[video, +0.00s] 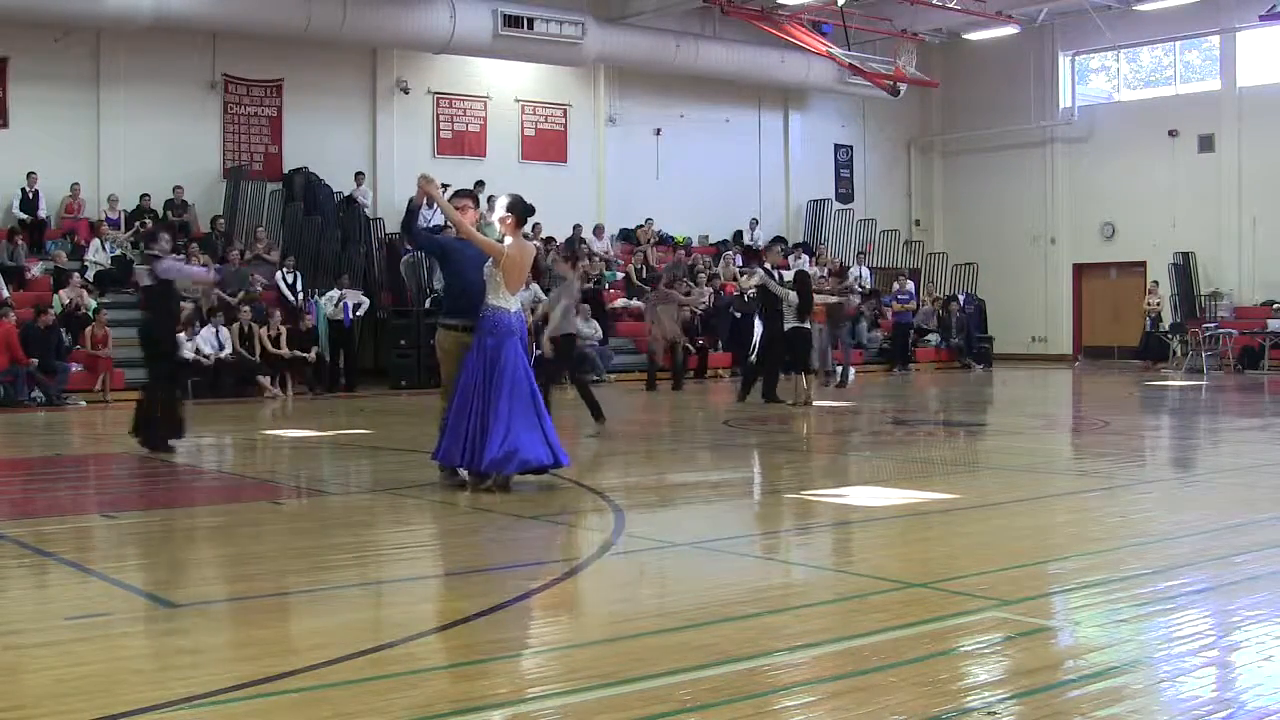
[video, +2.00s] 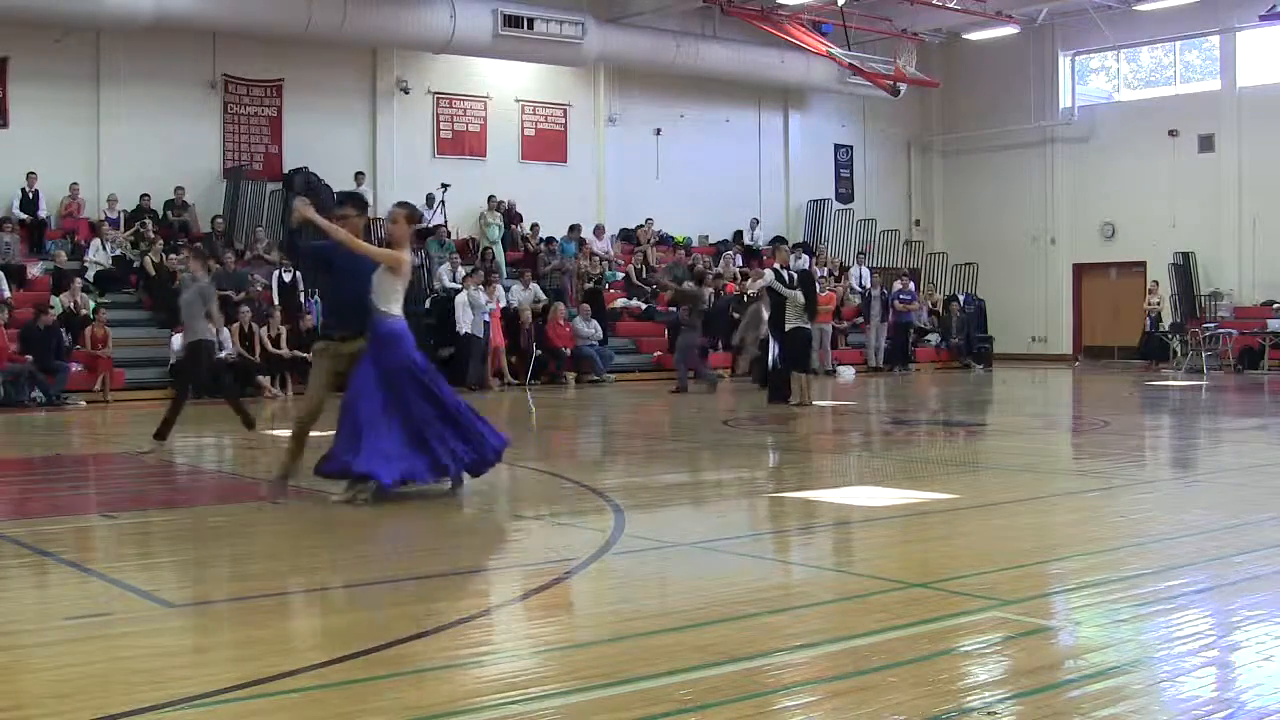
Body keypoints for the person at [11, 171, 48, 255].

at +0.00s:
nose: (34, 180)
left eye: (36, 179)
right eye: (32, 178)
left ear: (37, 180)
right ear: (27, 179)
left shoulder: (39, 193)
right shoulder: (20, 192)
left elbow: (42, 209)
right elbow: (14, 210)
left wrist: (41, 216)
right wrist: (25, 217)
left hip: (36, 217)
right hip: (24, 218)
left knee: (42, 224)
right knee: (33, 226)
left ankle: (40, 248)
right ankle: (32, 248)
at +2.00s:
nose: (33, 181)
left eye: (34, 179)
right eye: (31, 179)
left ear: (36, 180)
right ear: (27, 180)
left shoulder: (39, 193)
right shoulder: (20, 192)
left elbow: (42, 209)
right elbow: (14, 209)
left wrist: (41, 216)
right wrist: (25, 217)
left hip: (36, 217)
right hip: (24, 217)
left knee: (43, 223)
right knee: (33, 224)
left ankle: (40, 249)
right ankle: (32, 249)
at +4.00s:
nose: (31, 180)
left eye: (33, 178)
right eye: (29, 178)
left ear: (36, 180)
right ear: (26, 180)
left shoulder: (39, 193)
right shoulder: (20, 192)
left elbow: (42, 208)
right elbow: (15, 209)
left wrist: (41, 216)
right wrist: (25, 217)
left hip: (36, 216)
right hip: (24, 216)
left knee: (42, 223)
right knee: (33, 224)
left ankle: (40, 247)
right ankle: (31, 247)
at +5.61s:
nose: (34, 182)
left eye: (35, 180)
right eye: (32, 180)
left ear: (36, 181)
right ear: (27, 179)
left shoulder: (39, 193)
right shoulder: (19, 192)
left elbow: (42, 209)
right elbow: (15, 209)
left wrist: (39, 216)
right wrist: (25, 217)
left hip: (36, 217)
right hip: (24, 218)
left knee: (42, 223)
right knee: (34, 225)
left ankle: (40, 249)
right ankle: (32, 249)